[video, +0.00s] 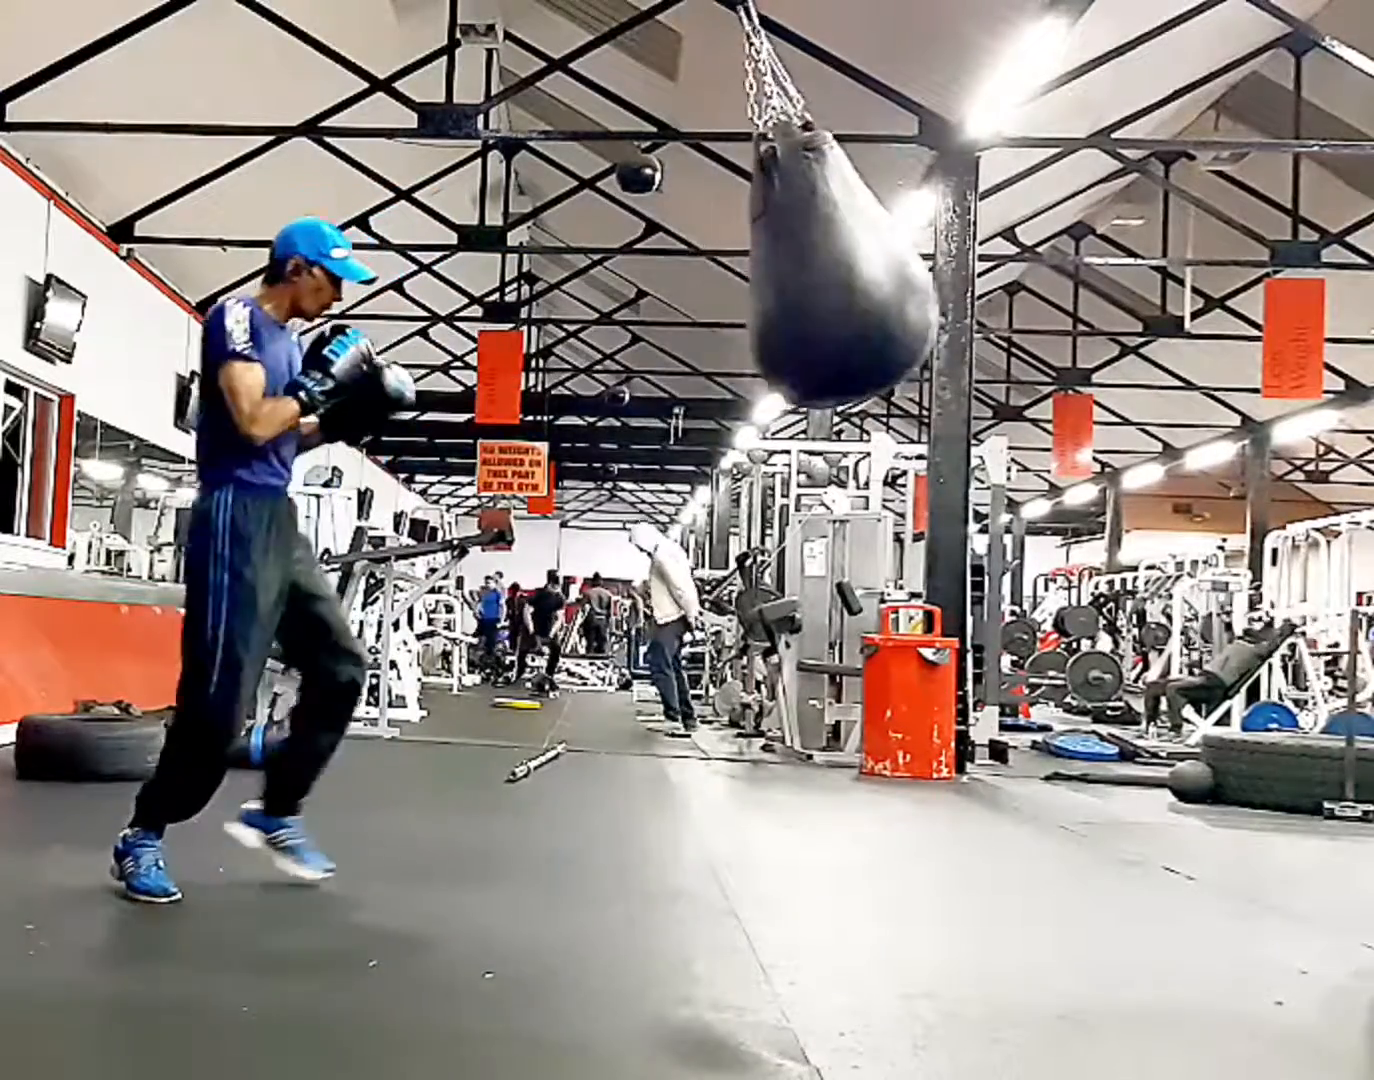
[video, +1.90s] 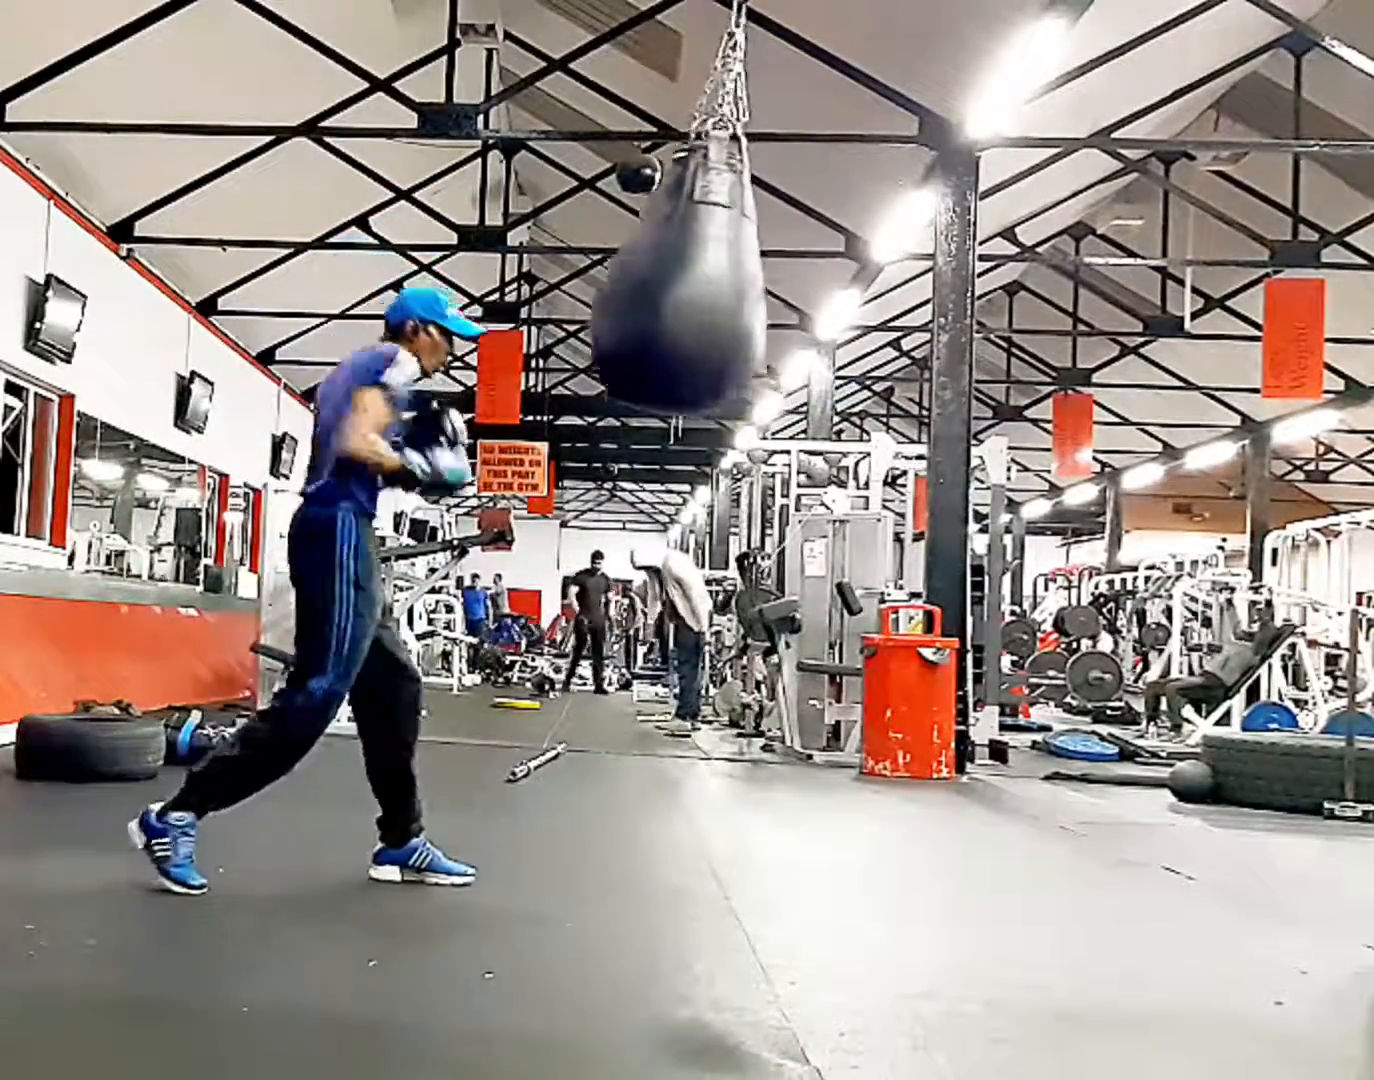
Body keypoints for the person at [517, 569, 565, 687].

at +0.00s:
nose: (554, 587)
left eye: (556, 584)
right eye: (552, 583)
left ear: (559, 585)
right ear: (548, 583)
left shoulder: (559, 598)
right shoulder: (538, 594)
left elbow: (559, 618)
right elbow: (527, 610)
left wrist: (551, 633)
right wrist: (530, 629)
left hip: (549, 633)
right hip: (533, 631)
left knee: (556, 649)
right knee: (522, 651)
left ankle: (549, 675)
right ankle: (518, 675)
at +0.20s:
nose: (560, 575)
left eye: (563, 572)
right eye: (558, 571)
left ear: (566, 573)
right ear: (553, 570)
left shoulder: (565, 587)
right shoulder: (541, 582)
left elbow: (565, 605)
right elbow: (530, 598)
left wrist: (560, 620)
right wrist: (537, 617)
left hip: (553, 621)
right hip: (537, 619)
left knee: (554, 650)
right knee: (527, 647)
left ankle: (549, 676)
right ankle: (518, 674)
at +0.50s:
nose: (566, 564)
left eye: (568, 562)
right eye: (563, 561)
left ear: (570, 563)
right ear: (558, 561)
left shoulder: (570, 580)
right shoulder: (547, 575)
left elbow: (572, 598)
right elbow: (537, 591)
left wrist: (578, 612)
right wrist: (544, 608)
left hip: (559, 613)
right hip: (545, 611)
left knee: (555, 646)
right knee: (542, 643)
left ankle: (550, 674)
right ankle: (534, 671)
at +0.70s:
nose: (567, 563)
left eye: (569, 561)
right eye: (565, 560)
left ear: (570, 562)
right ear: (559, 560)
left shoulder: (572, 579)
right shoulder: (548, 575)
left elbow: (576, 596)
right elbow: (539, 592)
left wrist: (578, 610)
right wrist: (547, 608)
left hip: (565, 613)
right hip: (551, 613)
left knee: (561, 642)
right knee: (553, 643)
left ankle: (553, 671)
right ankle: (552, 676)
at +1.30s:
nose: (571, 563)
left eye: (573, 560)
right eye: (569, 560)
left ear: (575, 561)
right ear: (565, 561)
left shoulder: (580, 576)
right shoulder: (557, 577)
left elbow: (584, 592)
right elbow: (554, 596)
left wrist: (589, 607)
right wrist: (562, 610)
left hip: (578, 613)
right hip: (563, 613)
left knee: (582, 646)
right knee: (562, 647)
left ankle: (571, 674)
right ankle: (563, 677)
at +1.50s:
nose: (577, 565)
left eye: (579, 562)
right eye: (575, 562)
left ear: (582, 562)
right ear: (570, 562)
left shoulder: (586, 577)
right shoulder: (562, 577)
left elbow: (591, 594)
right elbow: (557, 597)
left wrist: (594, 608)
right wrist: (565, 613)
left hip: (583, 615)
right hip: (568, 615)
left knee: (587, 648)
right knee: (565, 649)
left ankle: (590, 679)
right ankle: (563, 680)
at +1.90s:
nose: (597, 565)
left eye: (600, 563)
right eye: (595, 562)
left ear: (603, 563)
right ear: (591, 562)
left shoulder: (605, 579)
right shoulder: (581, 576)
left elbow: (610, 597)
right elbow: (571, 592)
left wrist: (610, 613)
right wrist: (576, 610)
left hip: (599, 617)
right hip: (584, 616)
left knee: (598, 653)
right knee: (578, 650)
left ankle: (599, 684)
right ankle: (567, 681)